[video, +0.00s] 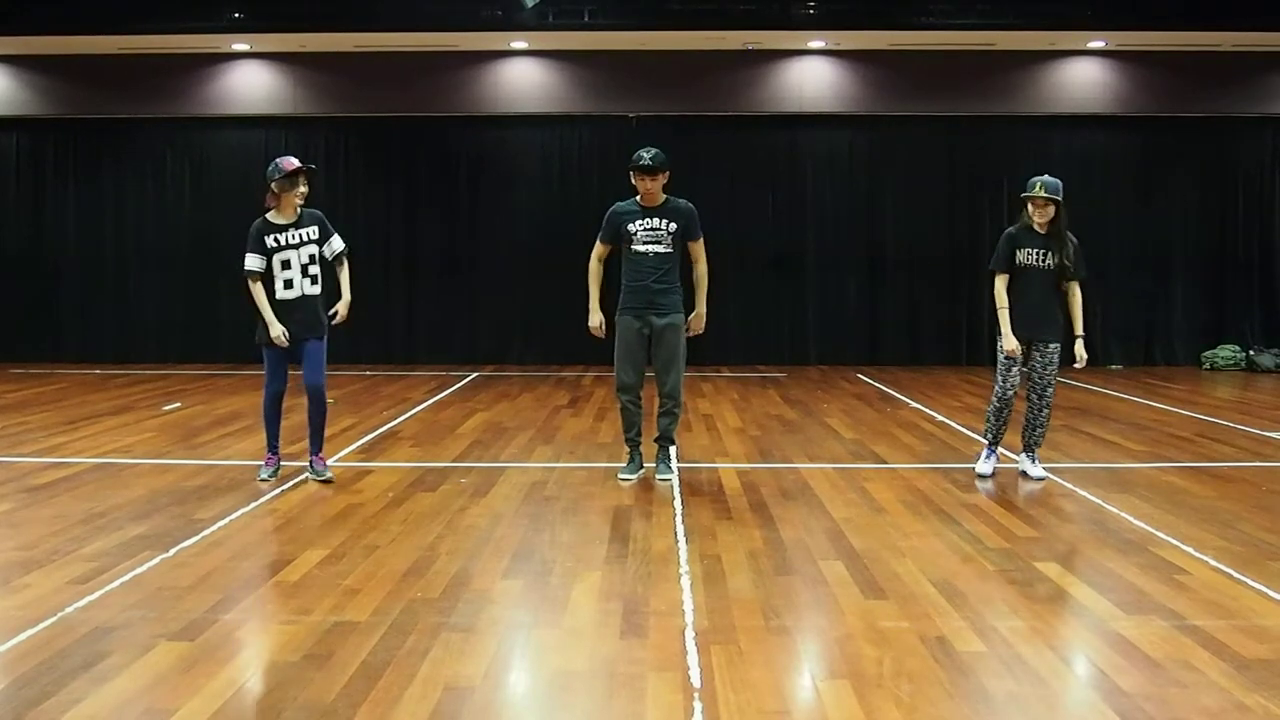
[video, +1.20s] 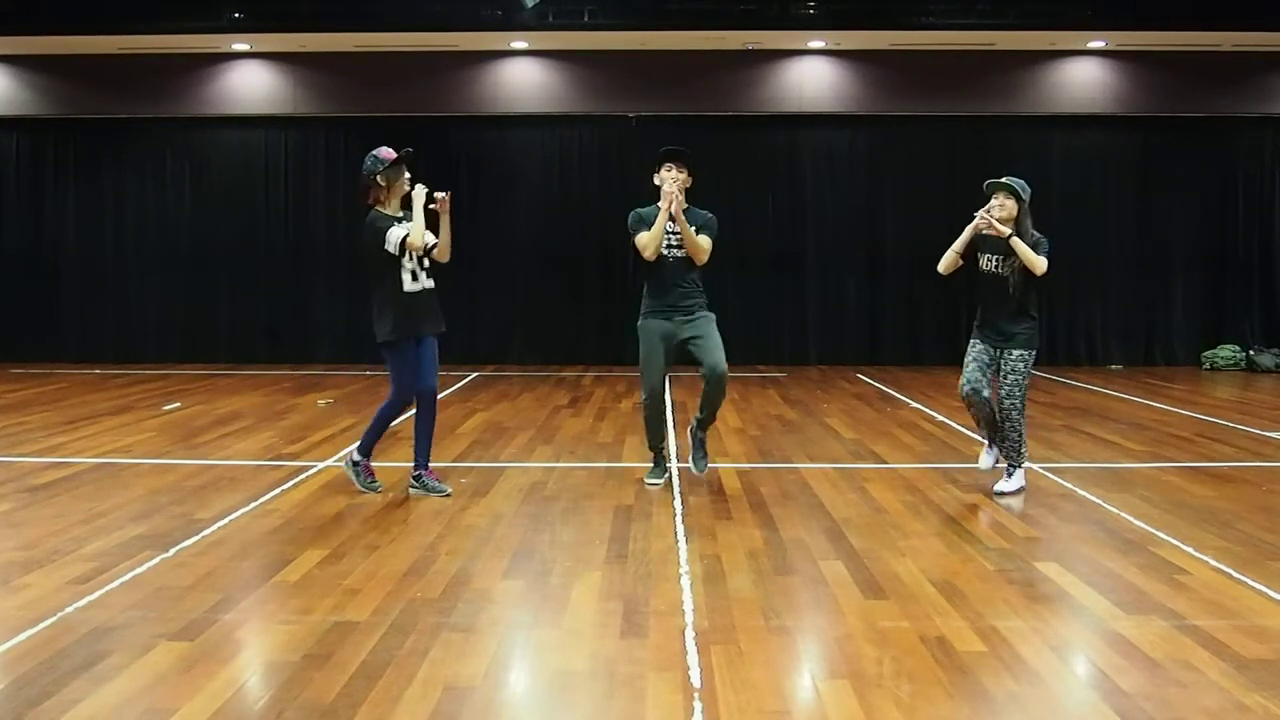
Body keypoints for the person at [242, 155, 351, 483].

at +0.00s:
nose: (302, 190)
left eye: (303, 184)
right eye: (294, 185)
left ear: (306, 186)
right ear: (276, 189)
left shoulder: (316, 220)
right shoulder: (261, 228)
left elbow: (340, 258)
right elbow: (253, 279)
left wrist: (345, 298)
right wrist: (271, 322)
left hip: (314, 320)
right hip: (276, 321)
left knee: (316, 386)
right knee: (274, 388)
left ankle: (317, 457)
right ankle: (272, 457)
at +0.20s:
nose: (318, 191)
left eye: (320, 184)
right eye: (310, 186)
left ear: (322, 186)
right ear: (291, 190)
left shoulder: (330, 222)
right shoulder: (277, 228)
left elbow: (339, 266)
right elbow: (266, 277)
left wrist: (350, 294)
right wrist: (301, 305)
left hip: (329, 317)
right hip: (292, 319)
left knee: (324, 388)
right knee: (290, 388)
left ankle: (319, 459)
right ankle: (274, 454)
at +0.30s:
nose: (328, 198)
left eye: (329, 191)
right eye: (321, 193)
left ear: (331, 192)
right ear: (301, 194)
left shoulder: (340, 223)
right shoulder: (284, 227)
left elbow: (358, 266)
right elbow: (273, 274)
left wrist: (351, 271)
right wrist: (317, 273)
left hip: (334, 318)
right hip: (300, 319)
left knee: (328, 390)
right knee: (309, 386)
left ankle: (320, 459)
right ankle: (282, 439)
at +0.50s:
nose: (341, 190)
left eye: (342, 183)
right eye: (333, 185)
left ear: (347, 184)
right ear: (315, 188)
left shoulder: (353, 219)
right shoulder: (301, 221)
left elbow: (381, 260)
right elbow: (301, 262)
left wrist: (374, 232)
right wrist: (332, 230)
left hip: (347, 313)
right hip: (314, 311)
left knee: (331, 383)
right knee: (343, 374)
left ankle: (319, 455)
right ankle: (316, 439)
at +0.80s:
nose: (365, 182)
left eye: (364, 176)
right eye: (357, 178)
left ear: (363, 182)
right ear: (339, 186)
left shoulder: (372, 222)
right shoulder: (329, 226)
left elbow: (402, 259)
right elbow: (356, 257)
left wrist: (401, 222)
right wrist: (366, 216)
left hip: (373, 317)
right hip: (344, 319)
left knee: (384, 392)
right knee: (362, 393)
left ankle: (339, 444)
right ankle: (350, 468)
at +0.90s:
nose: (376, 177)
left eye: (374, 171)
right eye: (368, 173)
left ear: (365, 180)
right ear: (350, 181)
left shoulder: (379, 218)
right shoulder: (341, 223)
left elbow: (416, 249)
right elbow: (376, 247)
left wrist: (413, 213)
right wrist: (380, 209)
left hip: (383, 320)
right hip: (353, 323)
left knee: (408, 383)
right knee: (359, 395)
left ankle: (374, 444)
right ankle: (349, 470)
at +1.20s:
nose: (407, 174)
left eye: (405, 169)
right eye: (398, 171)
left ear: (396, 179)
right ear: (381, 181)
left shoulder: (410, 217)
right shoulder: (376, 222)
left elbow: (442, 254)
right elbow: (417, 242)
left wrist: (444, 216)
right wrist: (417, 204)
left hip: (424, 317)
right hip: (394, 320)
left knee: (429, 391)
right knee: (403, 394)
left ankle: (421, 472)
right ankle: (359, 457)